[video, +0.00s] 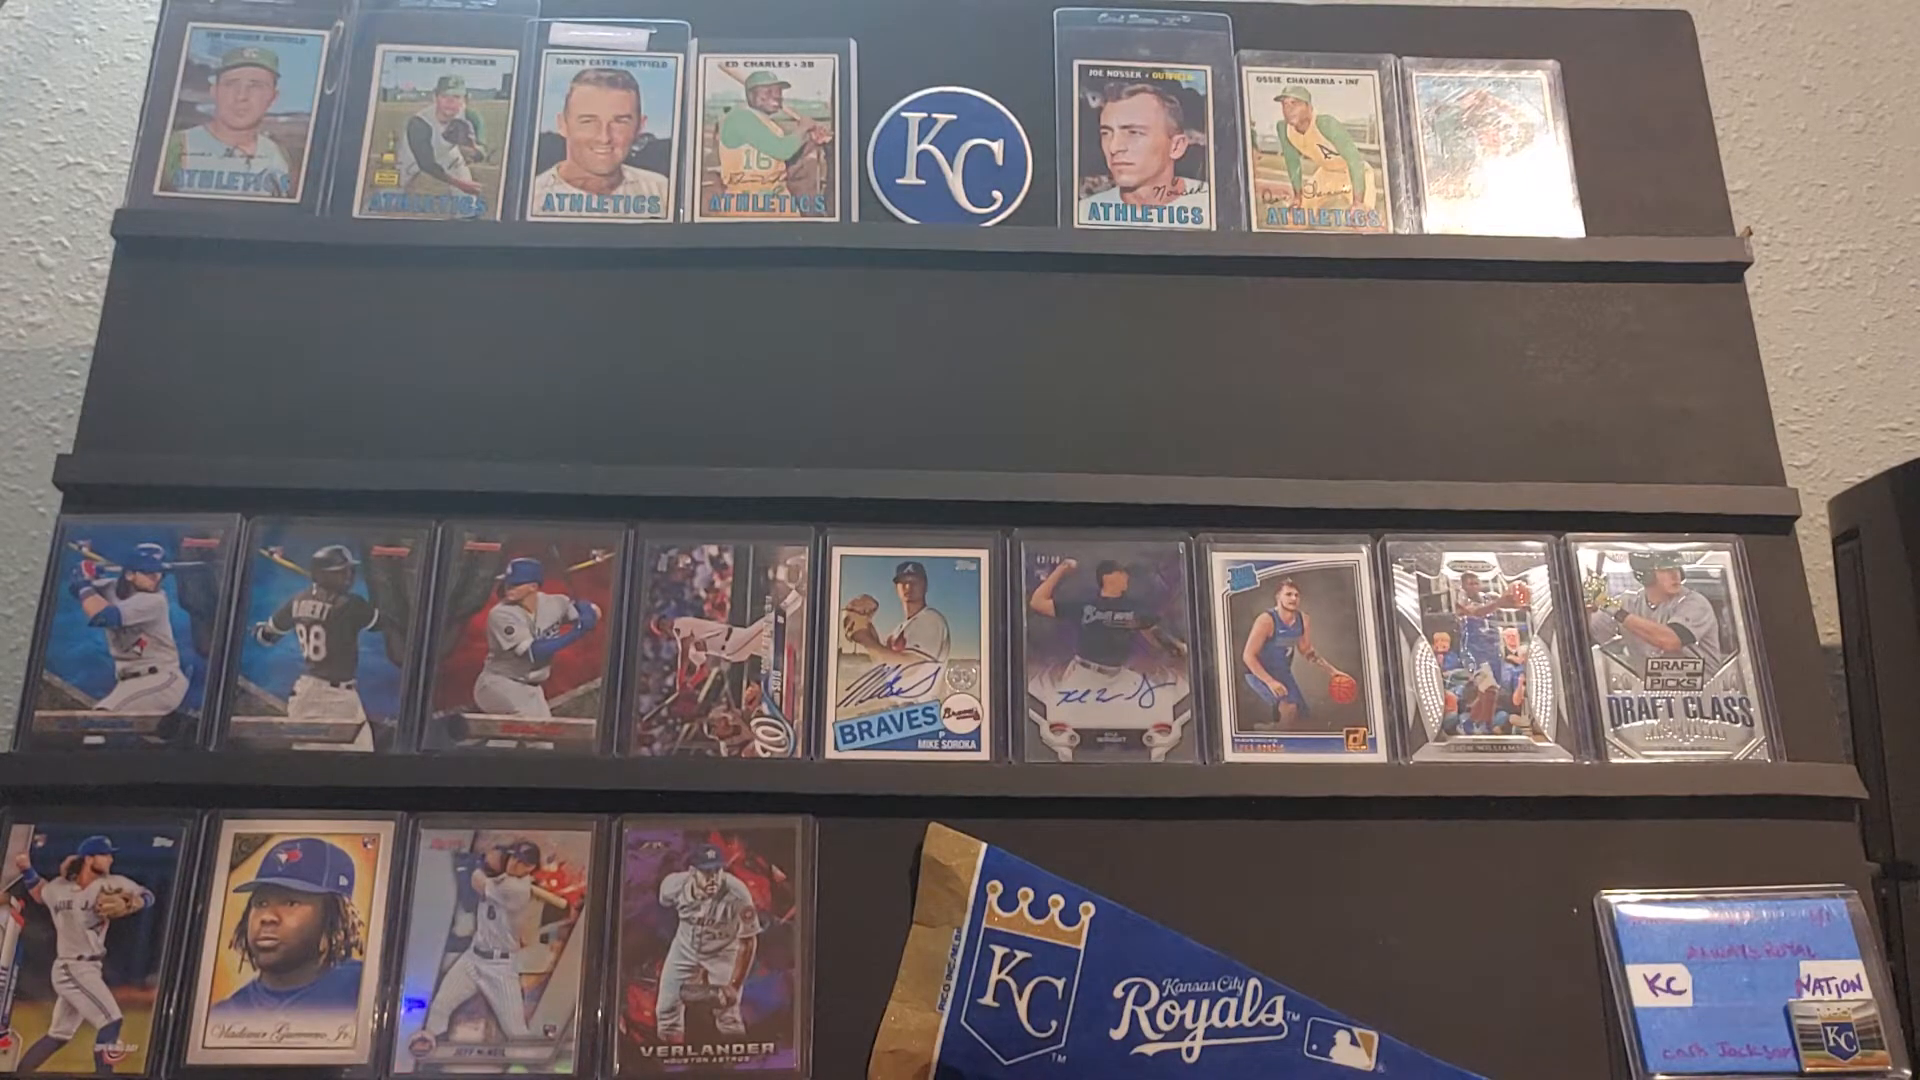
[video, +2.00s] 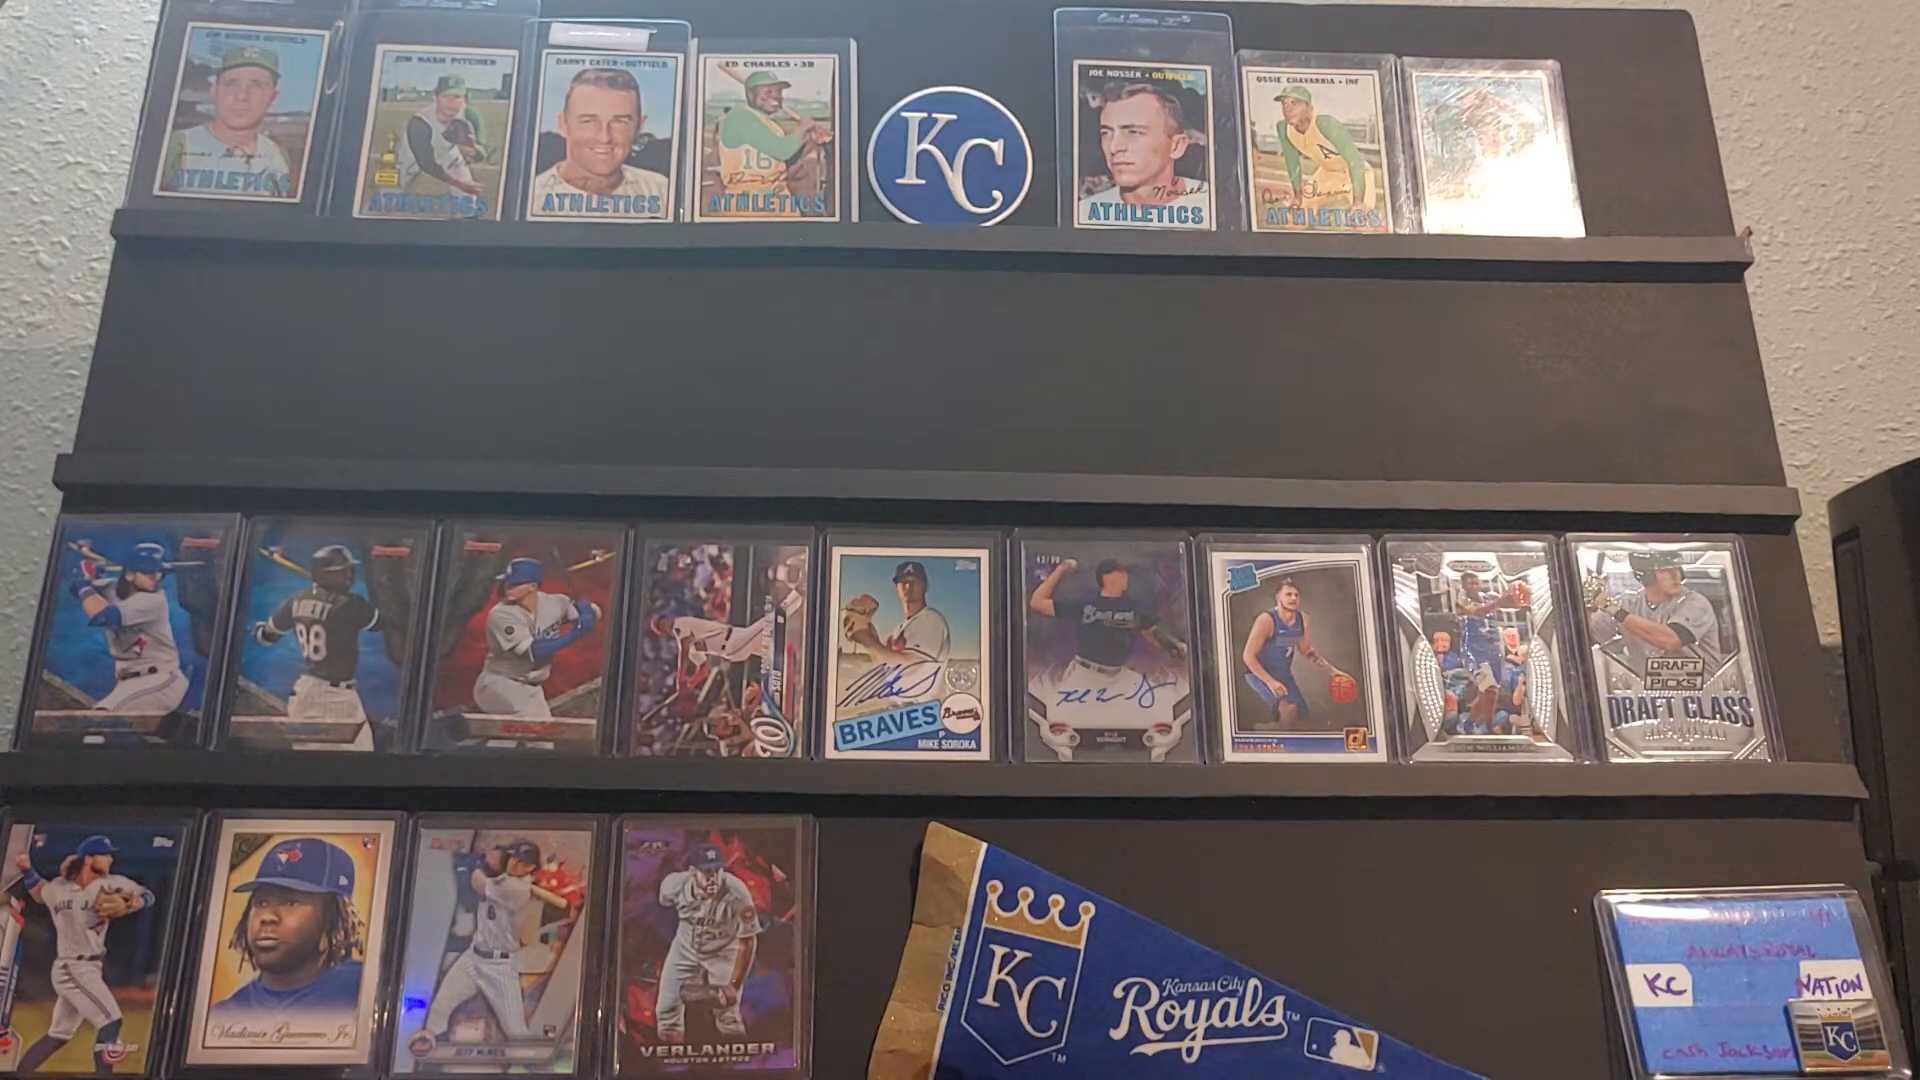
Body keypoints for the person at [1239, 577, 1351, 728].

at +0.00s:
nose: (1293, 599)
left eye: (1296, 595)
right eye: (1288, 595)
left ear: (1300, 598)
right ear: (1278, 598)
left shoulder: (1302, 619)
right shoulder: (1266, 620)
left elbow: (1307, 650)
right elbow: (1248, 656)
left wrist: (1332, 671)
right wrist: (1270, 682)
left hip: (1283, 672)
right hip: (1260, 672)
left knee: (1300, 713)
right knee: (1289, 707)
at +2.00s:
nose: (1293, 599)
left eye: (1296, 595)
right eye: (1288, 595)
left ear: (1299, 598)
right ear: (1278, 598)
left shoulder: (1302, 619)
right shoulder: (1266, 620)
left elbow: (1306, 650)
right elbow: (1248, 656)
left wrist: (1333, 671)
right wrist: (1270, 682)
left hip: (1284, 673)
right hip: (1260, 673)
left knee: (1302, 714)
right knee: (1288, 706)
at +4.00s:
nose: (1293, 599)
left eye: (1296, 595)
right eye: (1288, 595)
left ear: (1299, 598)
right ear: (1278, 597)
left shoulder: (1302, 619)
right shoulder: (1266, 620)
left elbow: (1306, 650)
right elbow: (1248, 656)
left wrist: (1333, 672)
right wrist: (1270, 682)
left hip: (1283, 673)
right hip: (1260, 673)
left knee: (1302, 715)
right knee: (1289, 707)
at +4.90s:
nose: (1293, 599)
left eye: (1296, 595)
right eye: (1288, 595)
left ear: (1299, 598)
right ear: (1278, 597)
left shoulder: (1303, 619)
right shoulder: (1266, 620)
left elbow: (1306, 650)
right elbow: (1248, 656)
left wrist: (1333, 671)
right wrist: (1270, 681)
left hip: (1284, 673)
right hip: (1260, 673)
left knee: (1302, 714)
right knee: (1289, 706)